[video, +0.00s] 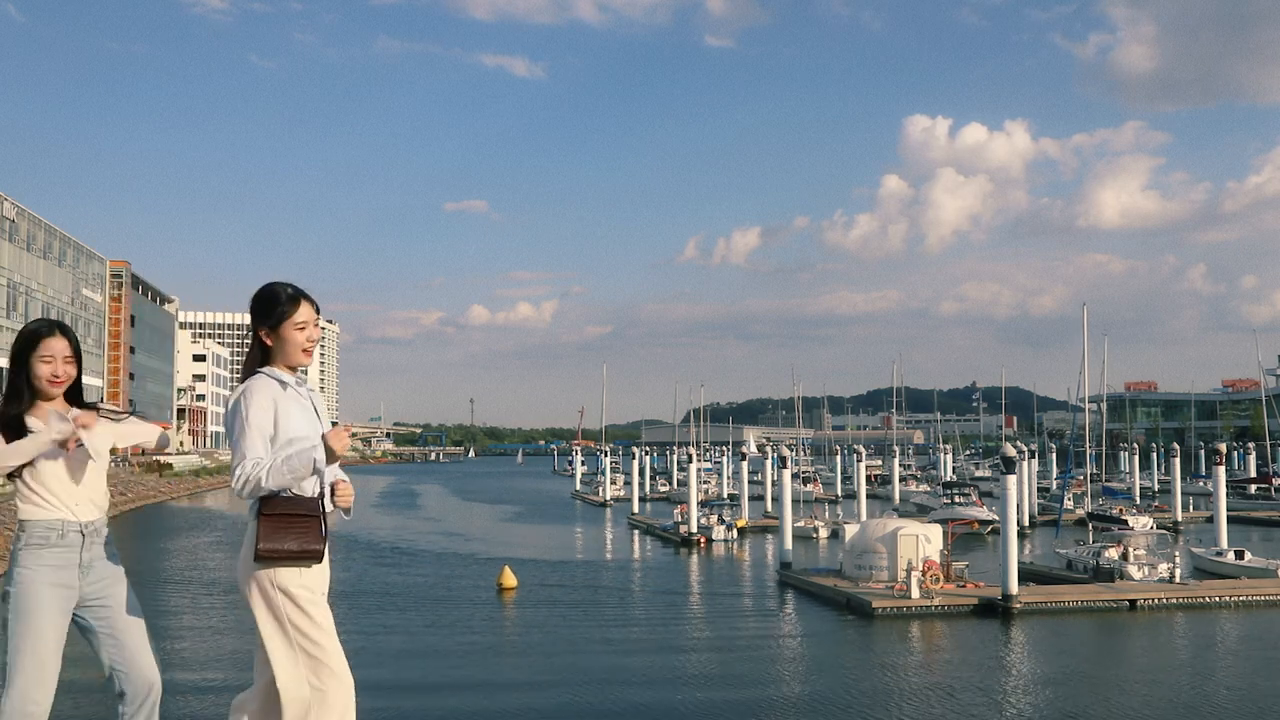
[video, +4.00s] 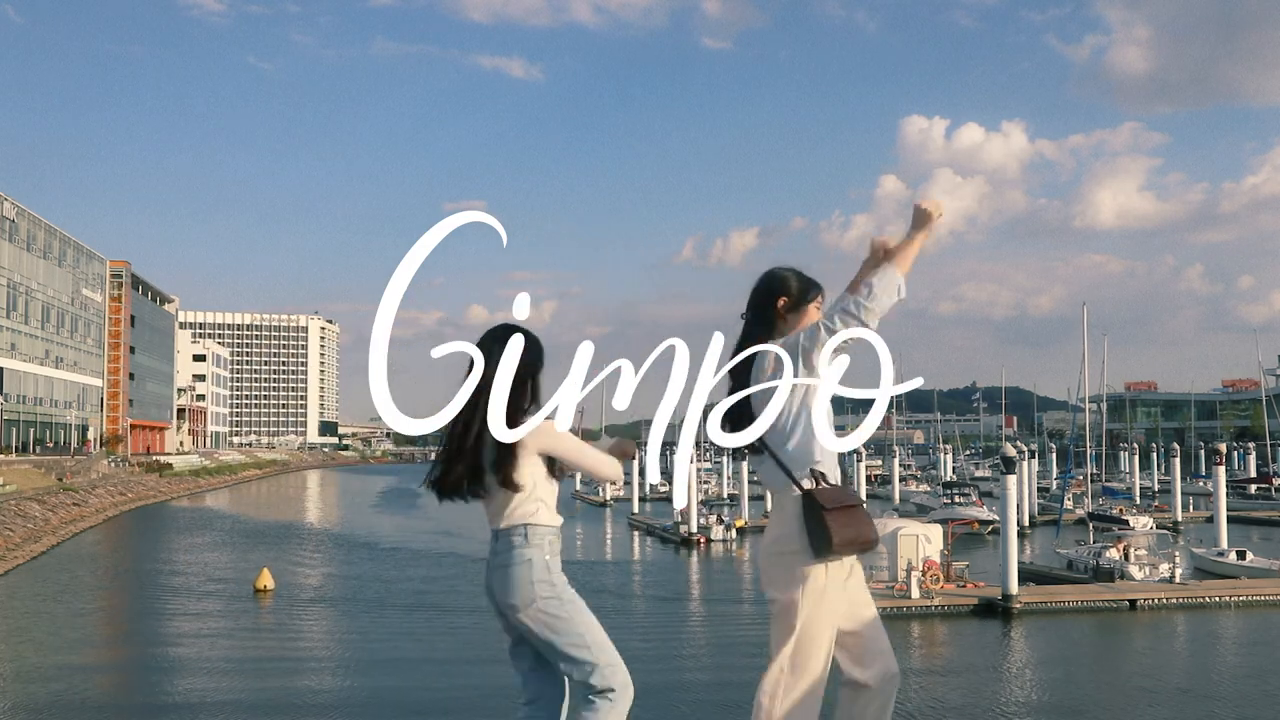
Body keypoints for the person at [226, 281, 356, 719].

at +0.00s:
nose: (313, 336)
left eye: (315, 325)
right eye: (301, 326)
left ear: (316, 329)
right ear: (268, 335)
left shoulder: (305, 392)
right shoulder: (257, 391)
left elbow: (312, 468)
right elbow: (246, 478)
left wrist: (340, 488)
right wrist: (321, 450)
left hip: (310, 543)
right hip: (277, 546)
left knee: (280, 683)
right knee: (332, 685)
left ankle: (246, 713)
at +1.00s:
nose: (439, 333)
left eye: (439, 323)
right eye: (431, 322)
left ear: (407, 331)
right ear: (399, 328)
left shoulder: (412, 388)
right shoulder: (390, 389)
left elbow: (425, 472)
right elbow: (415, 473)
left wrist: (476, 452)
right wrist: (480, 451)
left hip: (438, 541)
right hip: (410, 543)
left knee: (462, 692)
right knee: (383, 693)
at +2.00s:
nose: (546, 342)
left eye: (546, 332)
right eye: (538, 332)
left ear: (511, 340)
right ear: (511, 338)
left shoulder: (525, 389)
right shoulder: (491, 394)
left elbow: (587, 344)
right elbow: (555, 346)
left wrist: (640, 294)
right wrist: (609, 278)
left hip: (549, 553)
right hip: (522, 557)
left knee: (604, 692)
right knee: (559, 699)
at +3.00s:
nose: (673, 347)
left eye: (673, 336)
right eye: (665, 336)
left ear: (636, 341)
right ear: (633, 340)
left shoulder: (640, 392)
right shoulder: (621, 390)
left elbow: (699, 342)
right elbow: (684, 344)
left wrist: (750, 287)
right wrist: (740, 274)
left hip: (655, 549)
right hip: (643, 551)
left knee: (663, 697)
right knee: (723, 695)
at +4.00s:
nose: (822, 319)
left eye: (821, 309)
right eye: (816, 308)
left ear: (780, 308)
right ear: (785, 308)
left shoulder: (781, 360)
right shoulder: (782, 359)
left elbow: (834, 320)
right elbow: (863, 310)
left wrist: (870, 268)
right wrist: (921, 232)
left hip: (822, 529)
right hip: (801, 530)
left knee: (877, 673)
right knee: (794, 684)